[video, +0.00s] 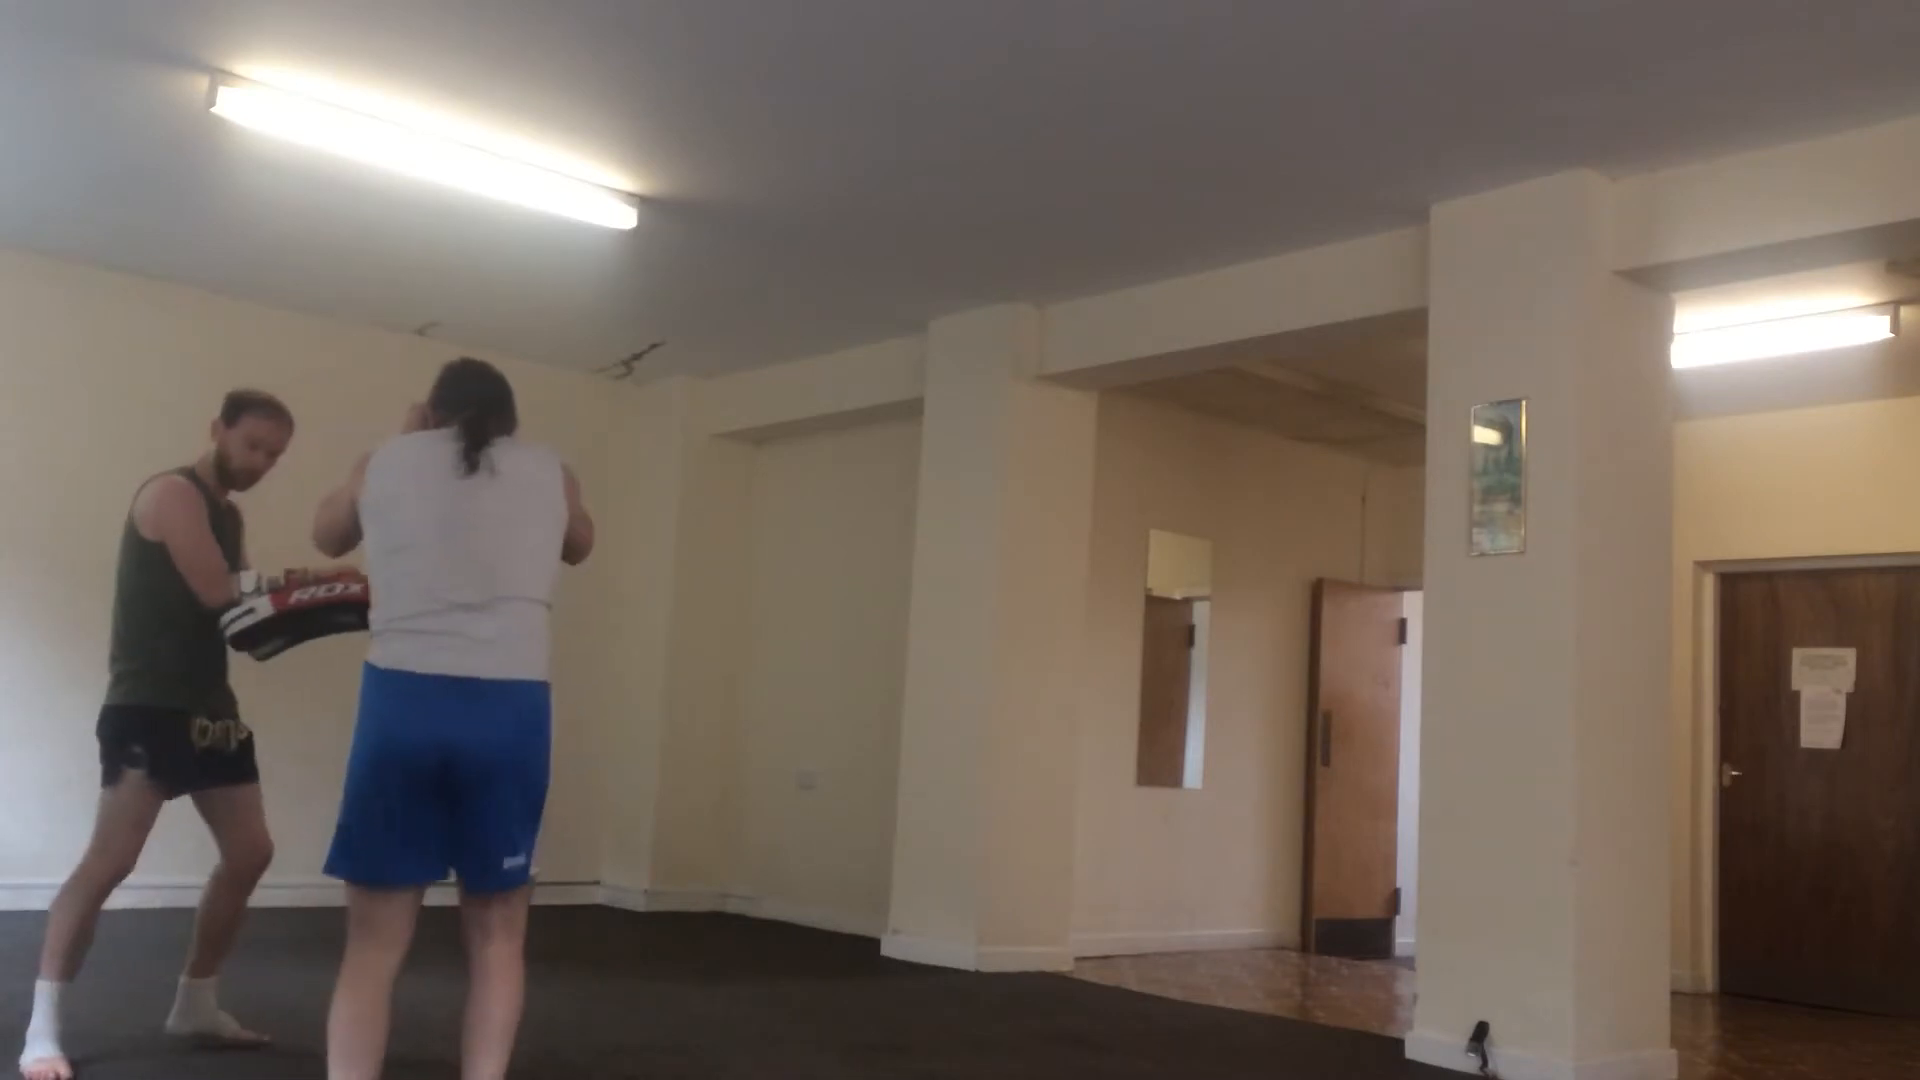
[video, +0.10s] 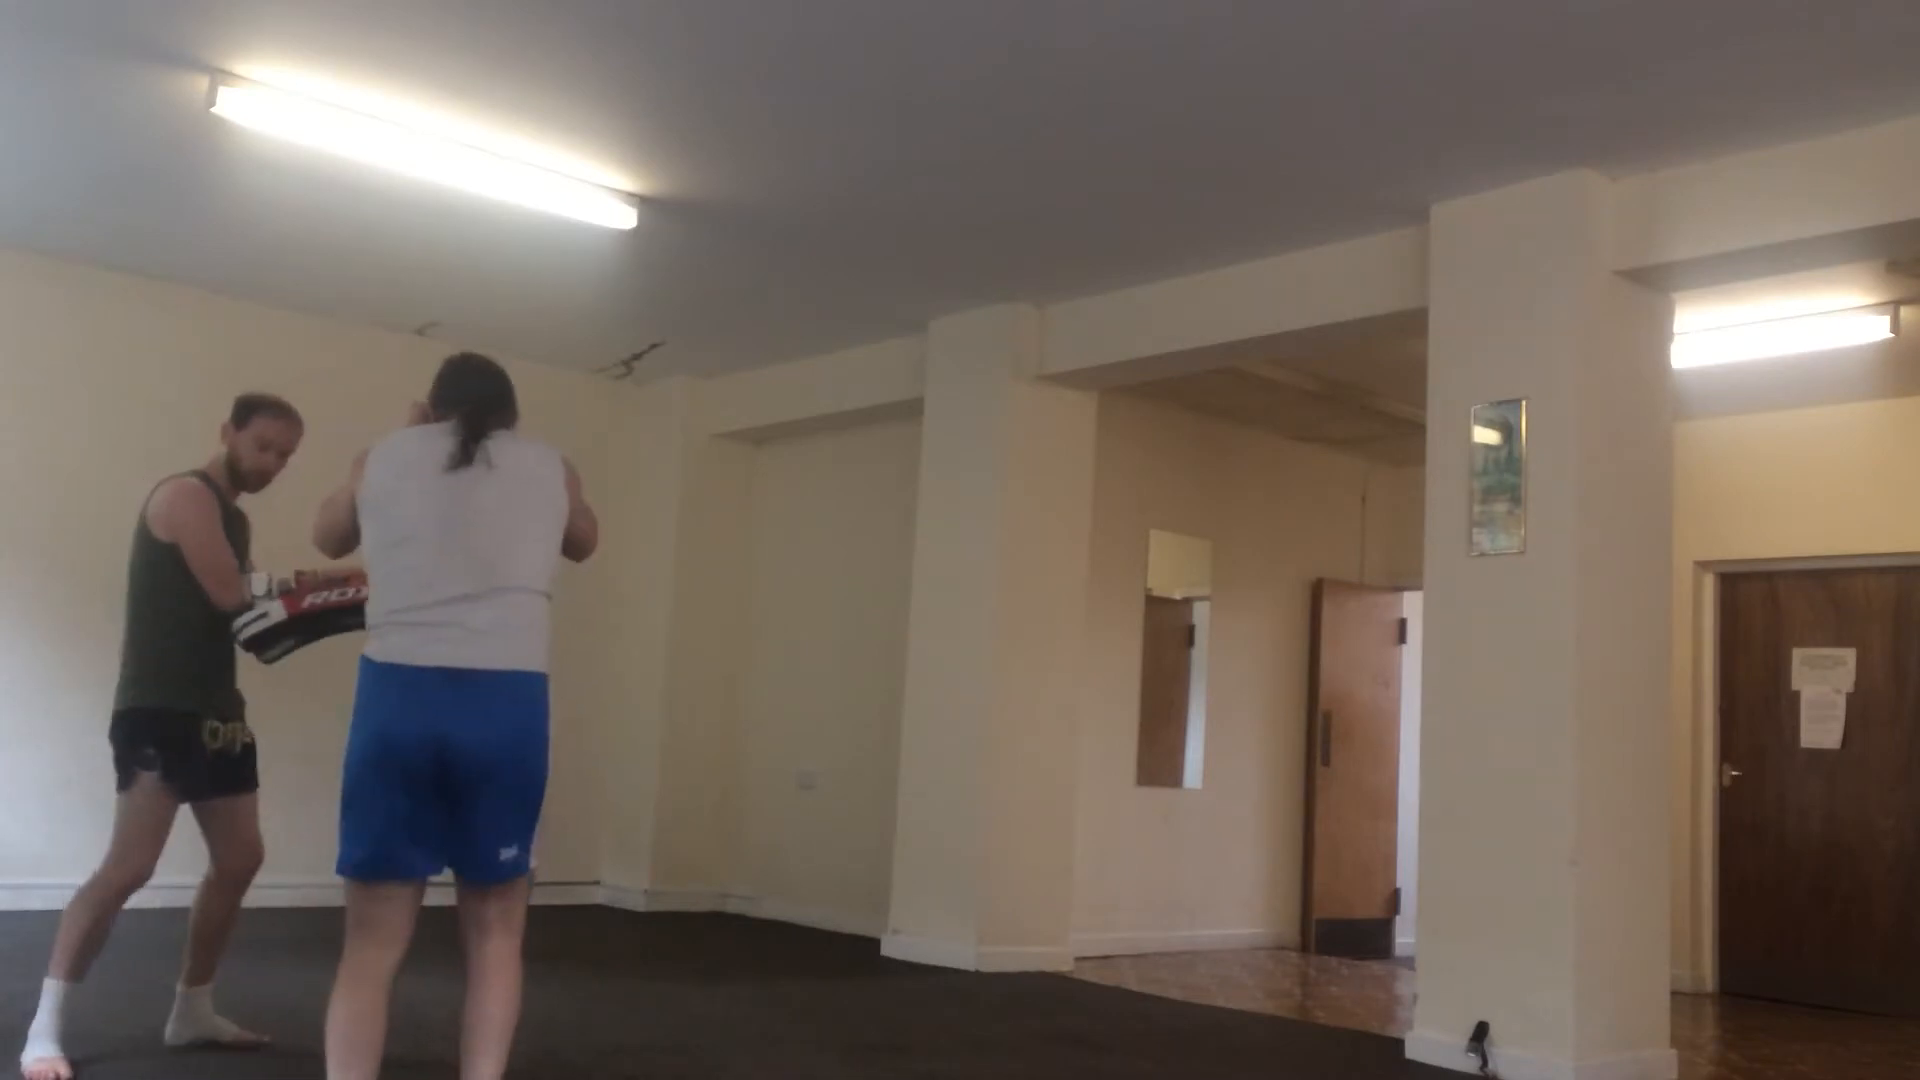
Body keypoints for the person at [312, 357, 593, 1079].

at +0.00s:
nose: (421, 406)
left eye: (428, 399)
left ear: (431, 407)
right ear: (508, 415)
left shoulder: (384, 462)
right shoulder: (549, 472)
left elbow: (329, 533)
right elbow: (579, 546)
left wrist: (398, 450)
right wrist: (521, 491)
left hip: (401, 714)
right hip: (509, 719)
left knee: (374, 944)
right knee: (498, 937)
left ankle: (350, 1073)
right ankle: (483, 1073)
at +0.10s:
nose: (420, 405)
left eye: (426, 398)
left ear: (429, 404)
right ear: (509, 411)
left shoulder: (382, 458)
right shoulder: (548, 467)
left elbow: (330, 533)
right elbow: (583, 542)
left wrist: (404, 453)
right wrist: (522, 490)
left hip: (396, 709)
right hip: (506, 714)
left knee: (372, 941)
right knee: (495, 930)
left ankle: (348, 1073)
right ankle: (482, 1073)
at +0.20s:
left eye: (437, 388)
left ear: (437, 398)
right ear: (515, 407)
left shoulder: (388, 452)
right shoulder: (555, 466)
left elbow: (329, 523)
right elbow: (588, 536)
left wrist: (406, 442)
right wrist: (528, 481)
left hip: (396, 703)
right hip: (506, 710)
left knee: (371, 941)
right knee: (500, 937)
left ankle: (347, 1074)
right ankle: (490, 1074)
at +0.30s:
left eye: (447, 385)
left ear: (443, 397)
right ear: (521, 406)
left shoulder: (391, 452)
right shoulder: (554, 464)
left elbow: (329, 520)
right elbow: (593, 535)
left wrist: (408, 439)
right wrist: (545, 478)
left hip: (392, 706)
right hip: (500, 711)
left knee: (373, 939)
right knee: (499, 933)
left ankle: (347, 1074)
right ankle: (490, 1073)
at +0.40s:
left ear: (447, 398)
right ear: (525, 406)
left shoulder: (390, 454)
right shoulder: (552, 465)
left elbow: (329, 519)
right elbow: (603, 531)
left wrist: (411, 441)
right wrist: (558, 475)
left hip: (384, 710)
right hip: (493, 714)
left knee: (370, 937)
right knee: (499, 933)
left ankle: (346, 1074)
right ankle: (489, 1073)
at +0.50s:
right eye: (535, 411)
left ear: (450, 398)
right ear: (527, 408)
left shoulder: (393, 456)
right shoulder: (548, 464)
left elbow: (333, 515)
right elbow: (610, 526)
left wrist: (410, 457)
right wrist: (555, 462)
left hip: (381, 710)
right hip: (488, 713)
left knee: (367, 940)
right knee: (500, 930)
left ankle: (346, 1075)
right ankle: (484, 1072)